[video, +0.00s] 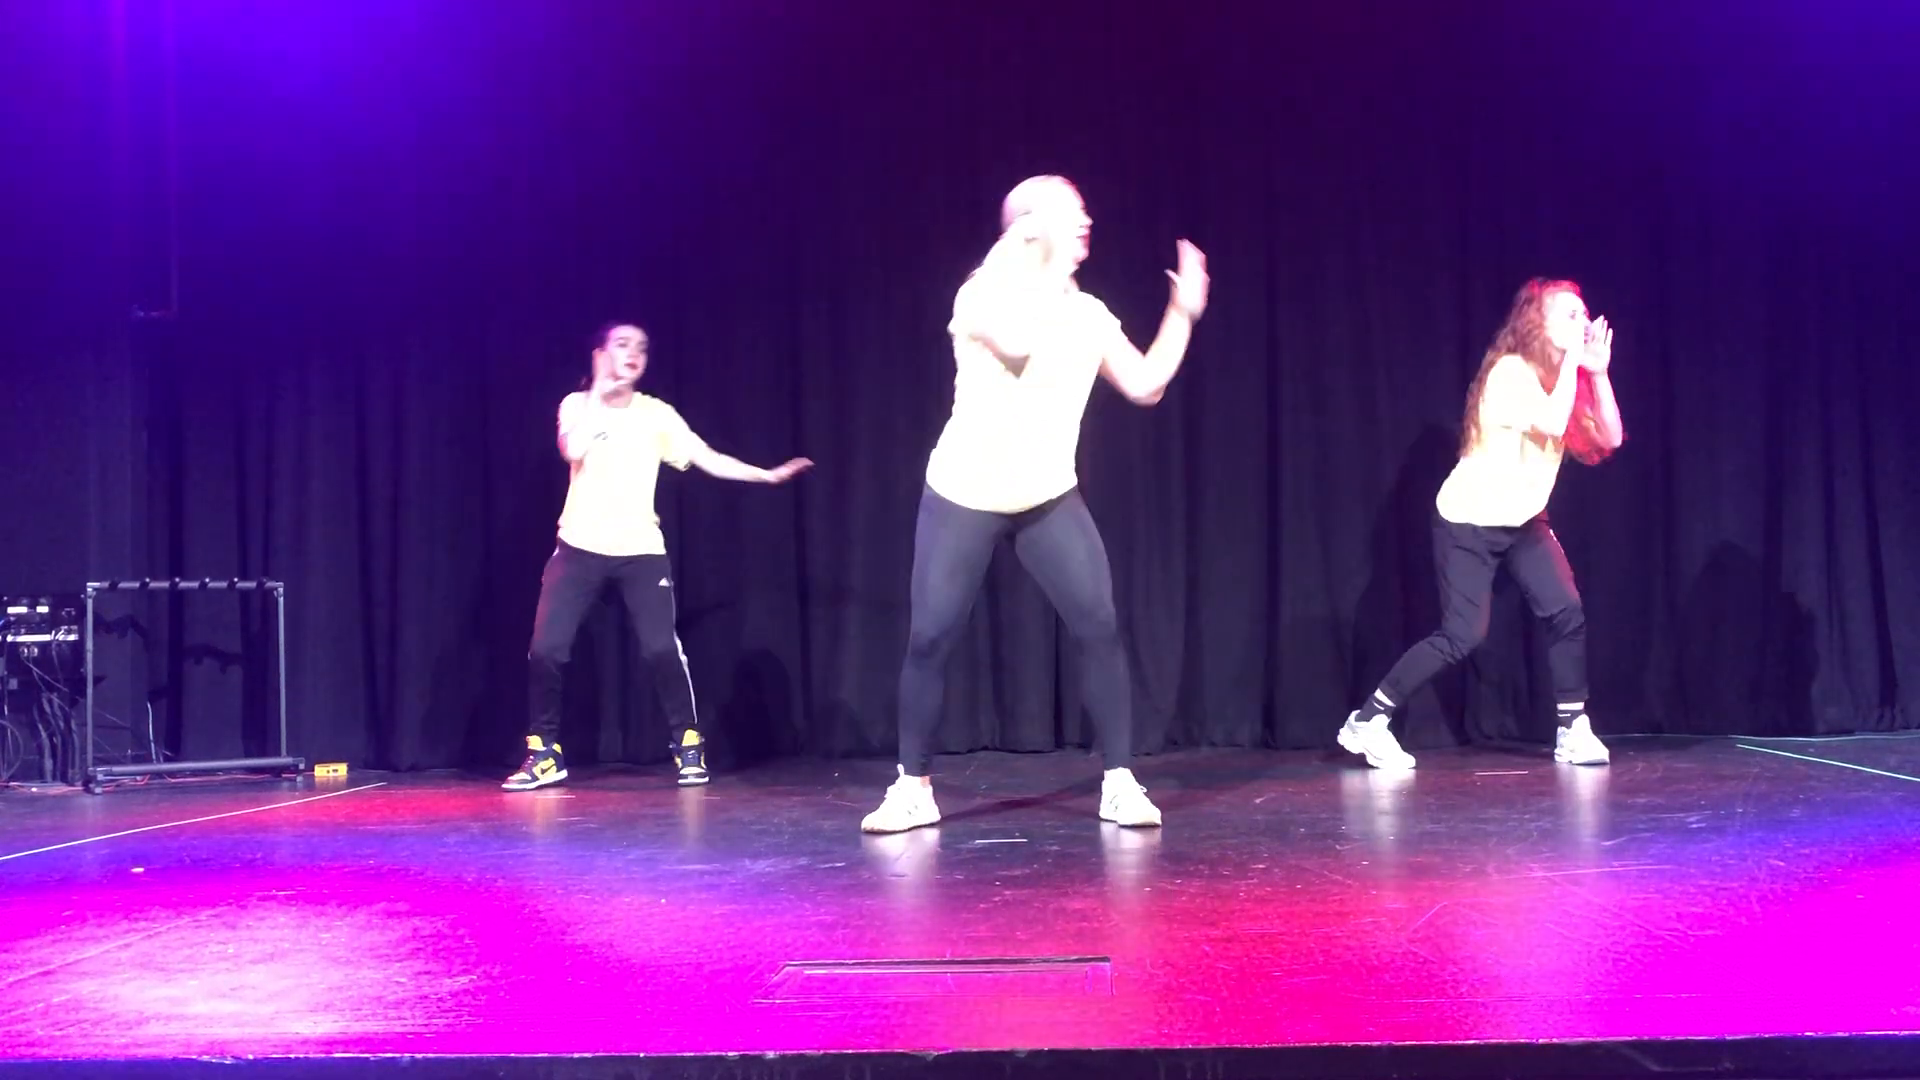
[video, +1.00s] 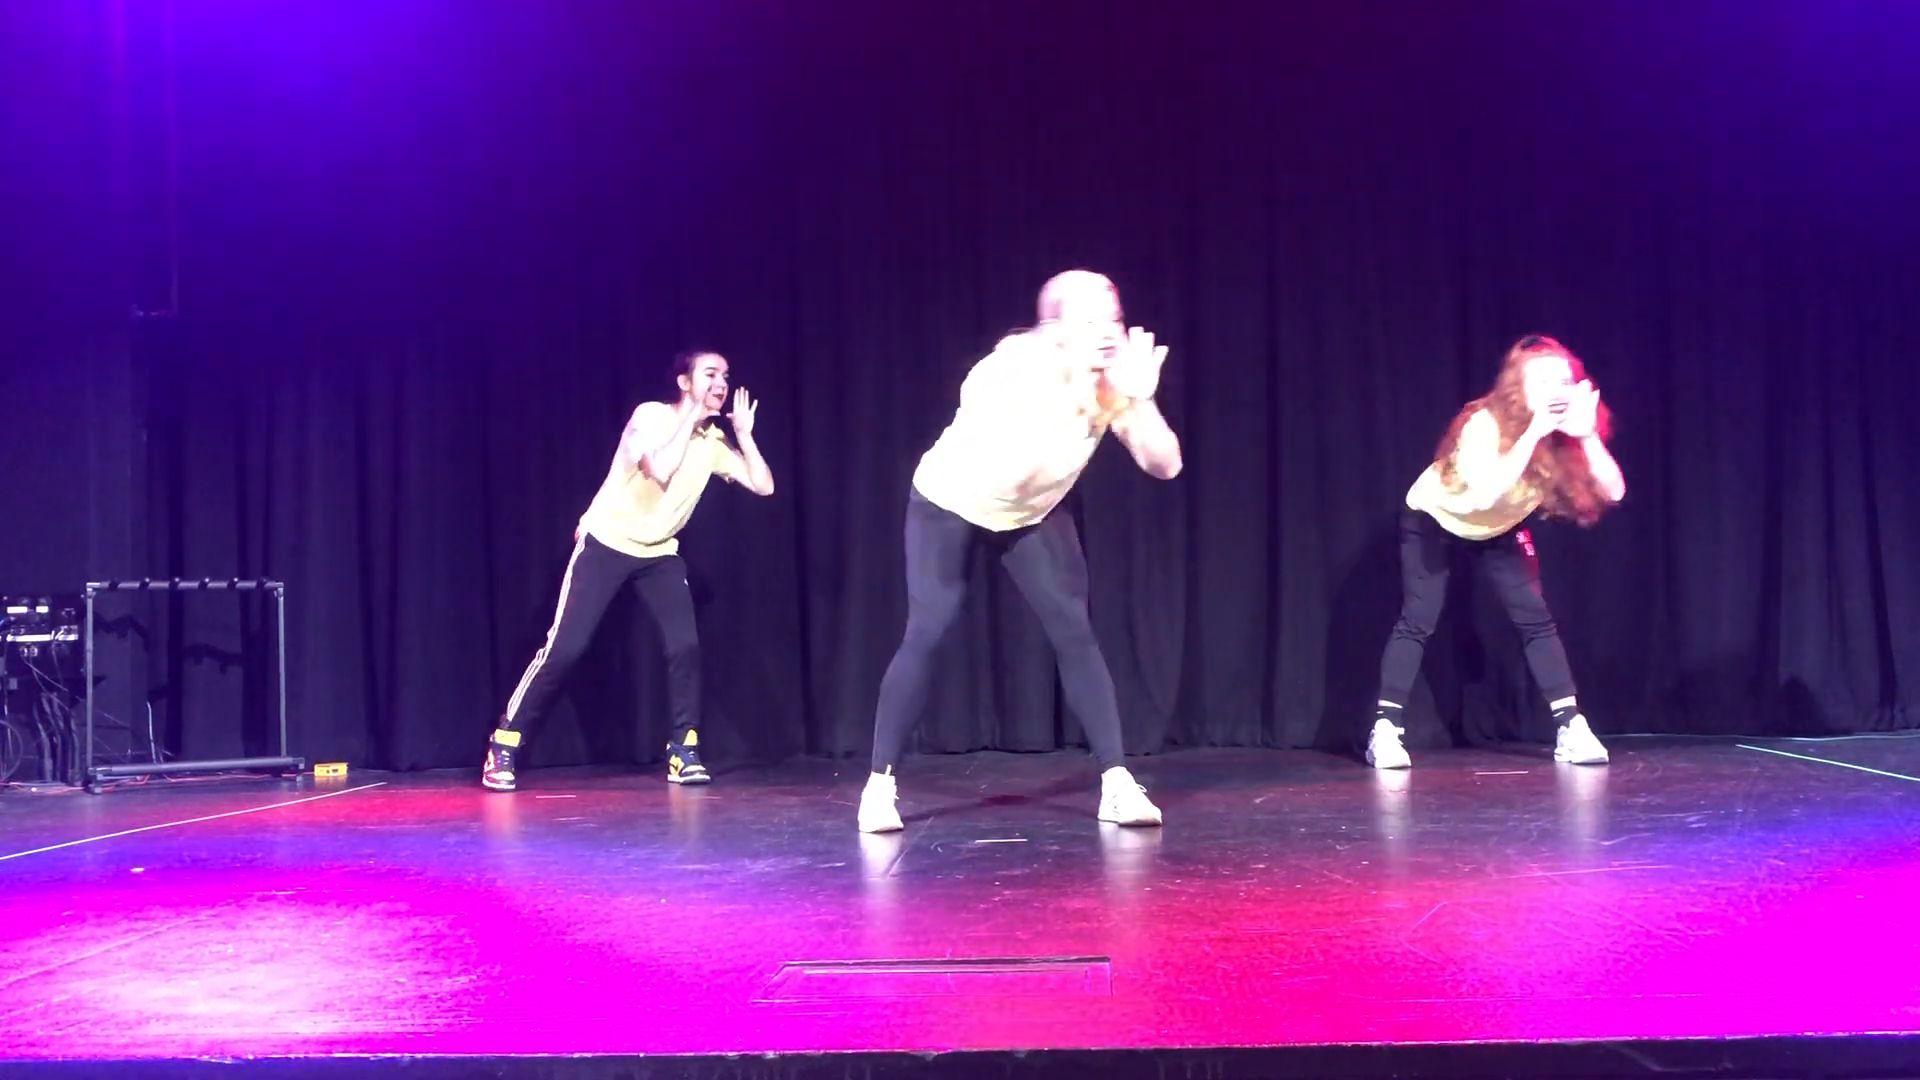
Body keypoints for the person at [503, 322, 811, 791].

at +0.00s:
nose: (631, 357)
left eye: (639, 351)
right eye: (622, 347)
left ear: (646, 363)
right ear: (598, 355)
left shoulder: (657, 415)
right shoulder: (576, 405)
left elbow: (708, 459)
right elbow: (572, 451)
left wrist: (767, 475)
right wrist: (597, 398)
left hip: (640, 550)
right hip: (579, 548)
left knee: (661, 648)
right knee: (546, 649)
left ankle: (689, 748)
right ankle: (544, 755)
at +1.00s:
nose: (721, 384)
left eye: (724, 377)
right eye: (711, 374)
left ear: (726, 388)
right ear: (684, 381)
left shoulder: (713, 443)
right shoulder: (651, 416)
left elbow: (763, 485)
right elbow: (660, 471)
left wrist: (744, 434)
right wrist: (693, 413)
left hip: (659, 554)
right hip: (604, 546)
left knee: (684, 645)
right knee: (565, 648)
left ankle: (683, 754)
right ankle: (503, 747)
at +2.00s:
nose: (517, 357)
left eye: (528, 349)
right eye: (510, 349)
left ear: (550, 359)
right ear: (502, 361)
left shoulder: (574, 397)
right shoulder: (513, 419)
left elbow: (579, 440)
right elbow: (486, 476)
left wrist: (540, 401)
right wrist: (494, 419)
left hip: (616, 541)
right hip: (560, 545)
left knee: (646, 647)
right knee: (540, 653)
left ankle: (691, 743)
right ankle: (517, 757)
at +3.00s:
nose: (750, 390)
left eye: (753, 384)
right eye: (740, 381)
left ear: (752, 394)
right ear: (711, 387)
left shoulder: (733, 452)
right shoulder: (666, 420)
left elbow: (784, 490)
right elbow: (608, 467)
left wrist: (773, 439)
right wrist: (571, 523)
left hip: (657, 555)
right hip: (606, 540)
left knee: (683, 646)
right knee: (571, 647)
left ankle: (686, 754)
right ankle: (492, 737)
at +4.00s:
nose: (471, 395)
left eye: (481, 385)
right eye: (471, 386)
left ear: (513, 394)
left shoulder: (543, 425)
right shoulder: (504, 447)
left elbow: (512, 465)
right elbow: (471, 501)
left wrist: (481, 424)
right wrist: (461, 445)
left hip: (615, 555)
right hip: (577, 562)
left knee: (635, 668)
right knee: (531, 651)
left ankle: (731, 734)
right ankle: (534, 760)